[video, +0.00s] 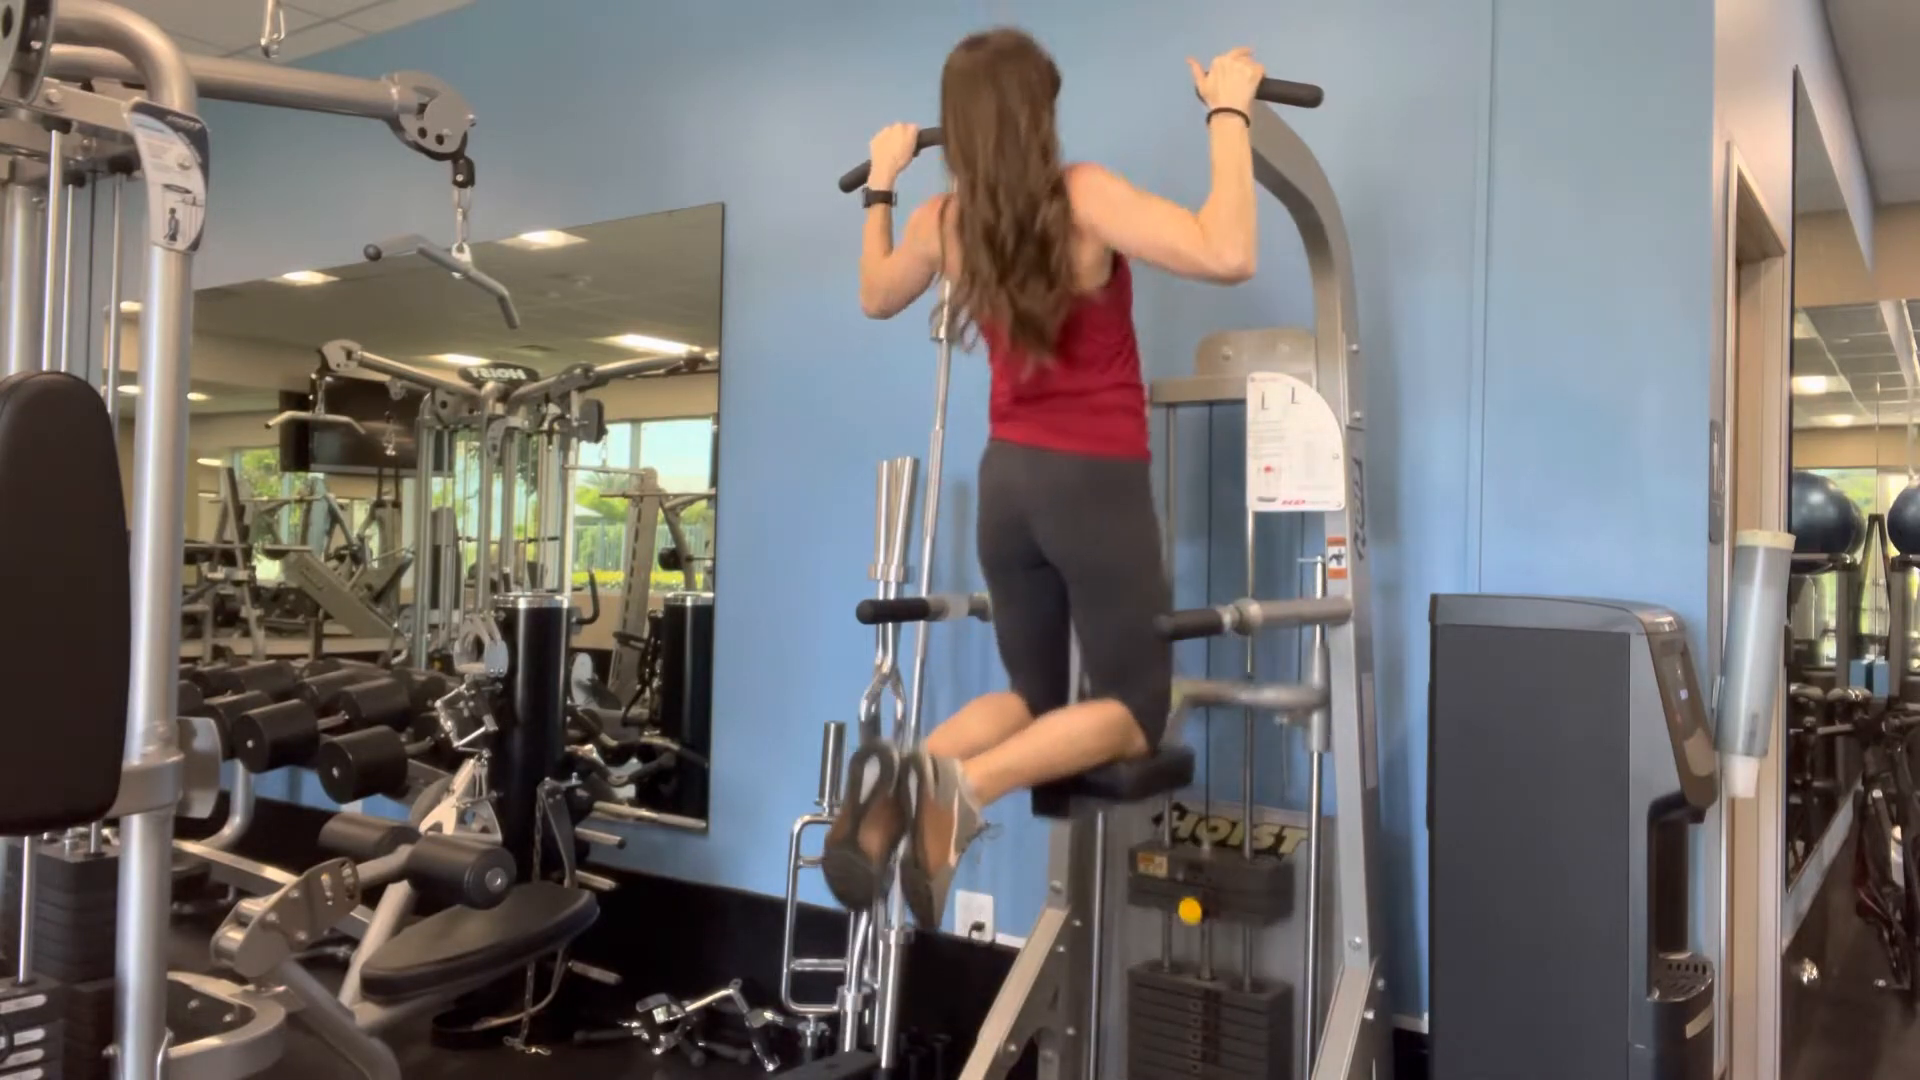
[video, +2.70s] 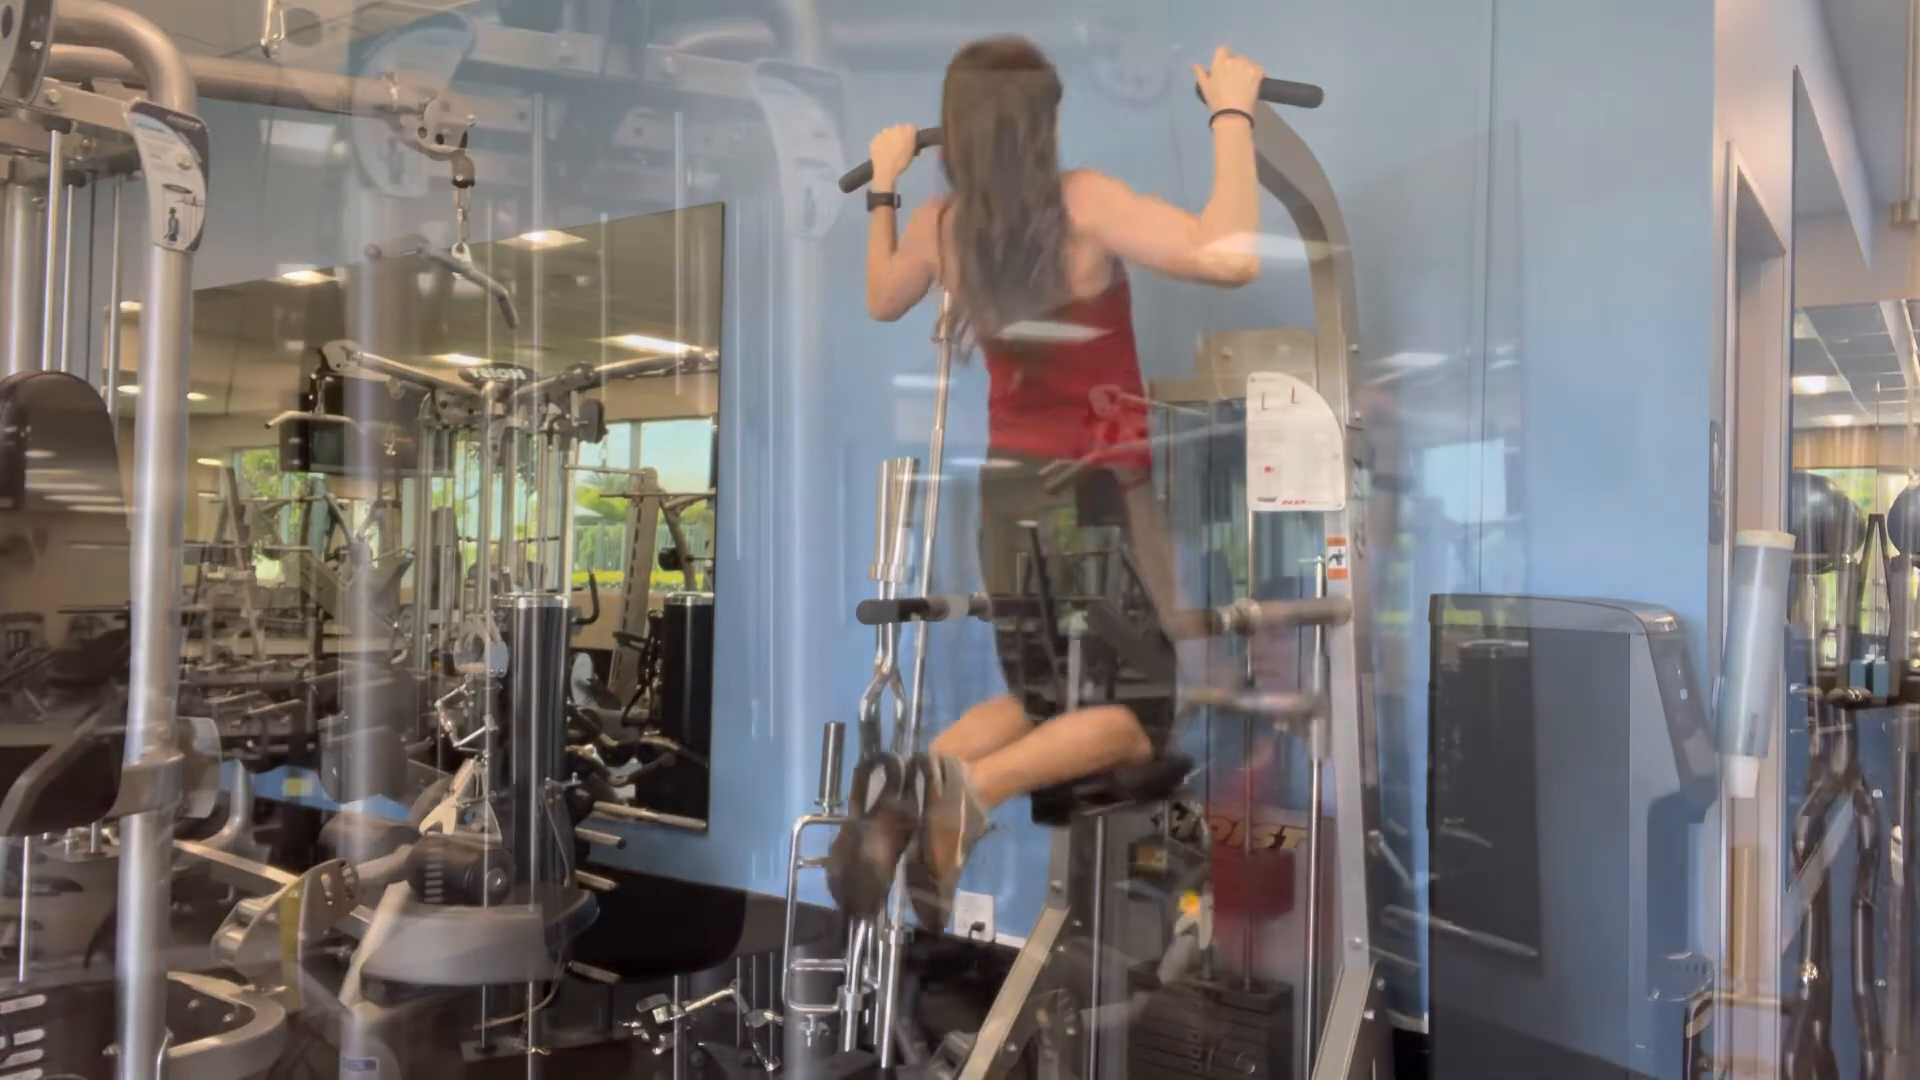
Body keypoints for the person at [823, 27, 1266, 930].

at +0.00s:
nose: (1057, 112)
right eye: (1053, 99)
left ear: (956, 122)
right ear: (1042, 111)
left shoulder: (946, 217)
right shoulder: (1084, 193)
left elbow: (879, 295)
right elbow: (1227, 252)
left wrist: (878, 187)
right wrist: (1229, 114)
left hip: (1006, 480)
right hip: (1093, 482)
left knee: (1034, 697)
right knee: (1133, 711)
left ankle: (899, 787)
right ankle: (966, 787)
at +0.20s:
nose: (1033, 229)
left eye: (996, 221)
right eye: (1025, 217)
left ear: (945, 240)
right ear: (1022, 231)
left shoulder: (937, 327)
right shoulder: (1067, 307)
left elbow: (887, 287)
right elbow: (1223, 262)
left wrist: (885, 184)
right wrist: (1227, 116)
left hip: (995, 603)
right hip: (1084, 610)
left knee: (1026, 812)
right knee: (1123, 837)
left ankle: (898, 909)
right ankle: (955, 927)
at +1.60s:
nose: (1066, 84)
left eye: (1059, 70)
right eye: (1062, 70)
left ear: (966, 84)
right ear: (1050, 79)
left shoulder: (948, 185)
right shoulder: (1088, 163)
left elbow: (882, 293)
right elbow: (1213, 255)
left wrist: (882, 181)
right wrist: (1231, 115)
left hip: (1007, 453)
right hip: (1094, 457)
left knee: (1029, 680)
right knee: (1134, 690)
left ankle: (908, 791)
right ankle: (968, 795)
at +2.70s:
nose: (1057, 120)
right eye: (1053, 106)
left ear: (955, 126)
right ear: (1044, 117)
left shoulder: (943, 222)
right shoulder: (1083, 200)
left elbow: (884, 297)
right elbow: (1228, 255)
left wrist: (880, 188)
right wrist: (1233, 114)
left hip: (1005, 490)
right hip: (1088, 493)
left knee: (1041, 697)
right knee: (1144, 713)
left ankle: (912, 782)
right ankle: (973, 789)